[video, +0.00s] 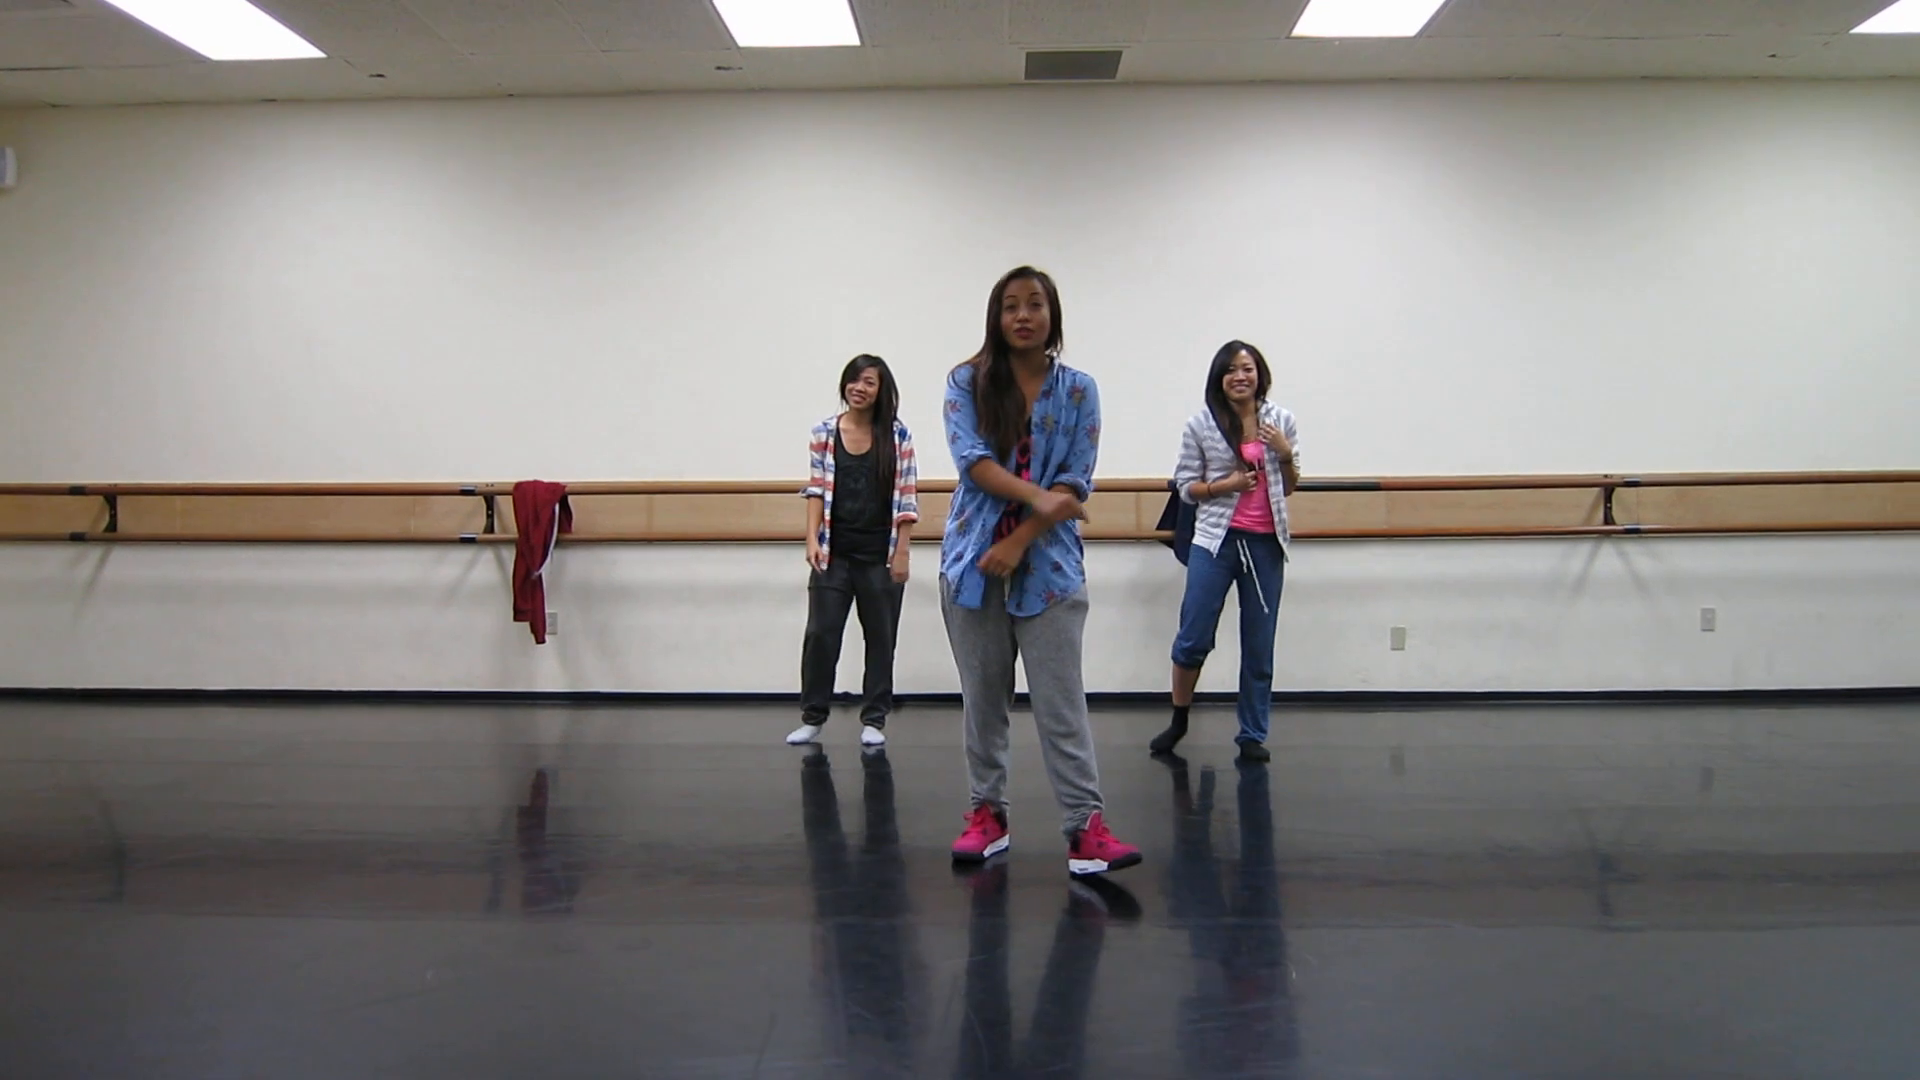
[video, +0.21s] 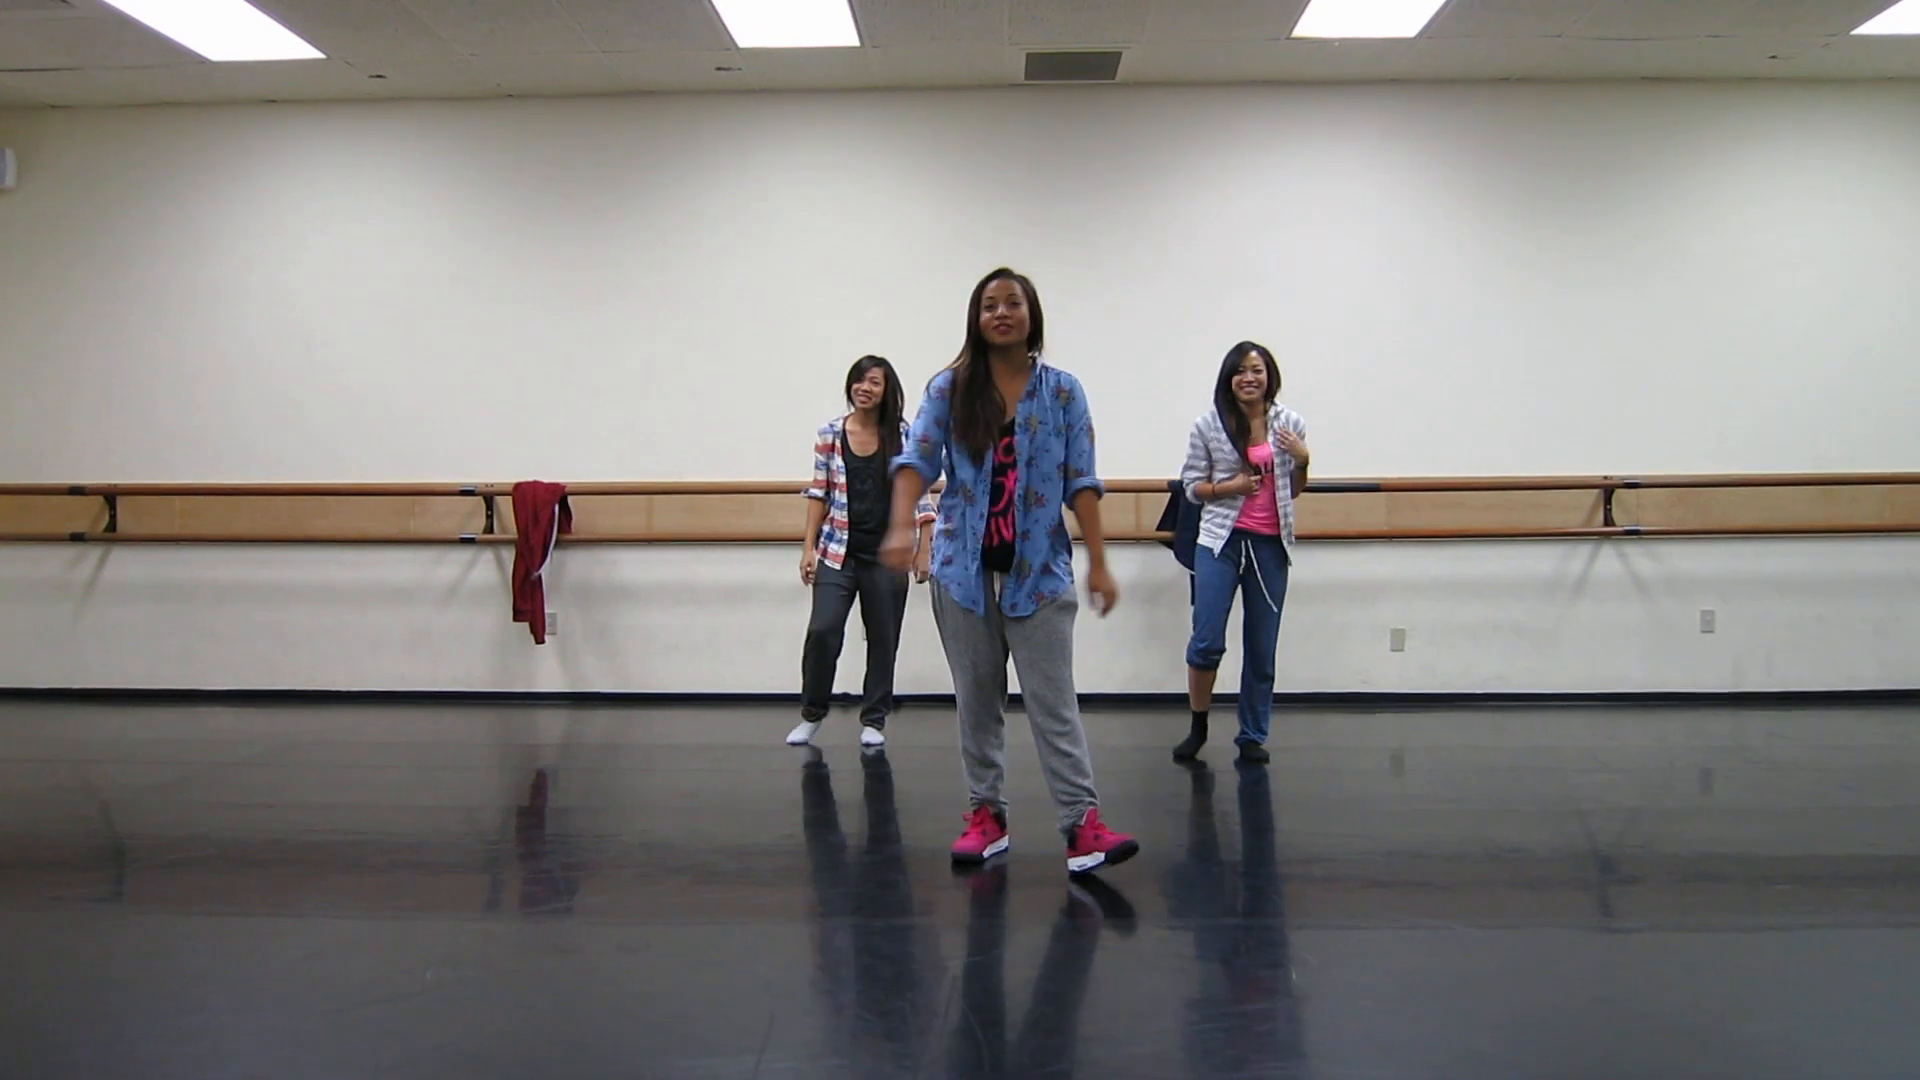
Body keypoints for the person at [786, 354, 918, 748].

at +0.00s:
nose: (860, 387)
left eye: (869, 383)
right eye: (855, 380)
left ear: (882, 391)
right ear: (844, 385)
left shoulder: (897, 435)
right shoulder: (824, 432)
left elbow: (907, 496)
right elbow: (816, 489)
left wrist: (902, 550)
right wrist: (812, 538)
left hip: (880, 558)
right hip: (833, 554)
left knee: (880, 642)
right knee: (820, 636)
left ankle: (874, 720)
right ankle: (813, 718)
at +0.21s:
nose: (866, 387)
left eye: (875, 382)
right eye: (860, 380)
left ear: (888, 391)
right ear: (850, 385)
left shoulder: (905, 436)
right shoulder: (830, 433)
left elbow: (924, 495)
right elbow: (819, 492)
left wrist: (924, 546)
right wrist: (809, 545)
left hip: (887, 557)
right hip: (836, 554)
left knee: (883, 643)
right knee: (821, 631)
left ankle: (874, 722)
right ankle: (812, 715)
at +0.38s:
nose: (867, 388)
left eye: (876, 383)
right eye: (861, 381)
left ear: (889, 391)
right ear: (851, 387)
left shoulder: (905, 437)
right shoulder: (832, 436)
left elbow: (924, 498)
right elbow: (821, 496)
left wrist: (924, 547)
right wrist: (812, 548)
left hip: (889, 561)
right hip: (839, 556)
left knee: (884, 645)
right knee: (822, 629)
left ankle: (874, 722)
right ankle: (817, 713)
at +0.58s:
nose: (866, 389)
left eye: (875, 384)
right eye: (860, 383)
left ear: (889, 391)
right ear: (851, 390)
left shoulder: (906, 438)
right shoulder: (835, 438)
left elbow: (920, 497)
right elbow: (825, 497)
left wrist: (911, 548)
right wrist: (816, 552)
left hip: (889, 556)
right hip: (841, 553)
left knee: (885, 645)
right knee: (824, 628)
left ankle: (875, 724)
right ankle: (814, 713)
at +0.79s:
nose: (865, 388)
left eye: (873, 382)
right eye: (859, 383)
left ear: (888, 391)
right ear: (850, 394)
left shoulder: (908, 439)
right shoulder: (836, 437)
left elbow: (917, 500)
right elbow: (824, 496)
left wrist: (902, 549)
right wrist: (815, 550)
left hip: (888, 561)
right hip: (840, 555)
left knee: (885, 648)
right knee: (819, 627)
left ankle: (876, 726)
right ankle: (817, 711)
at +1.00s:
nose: (859, 389)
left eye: (866, 383)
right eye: (852, 386)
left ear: (882, 390)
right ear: (846, 398)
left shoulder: (906, 438)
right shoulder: (833, 440)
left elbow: (918, 503)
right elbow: (823, 498)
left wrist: (911, 554)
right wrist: (815, 551)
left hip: (885, 565)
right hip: (838, 560)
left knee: (883, 651)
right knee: (815, 632)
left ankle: (878, 729)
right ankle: (815, 709)